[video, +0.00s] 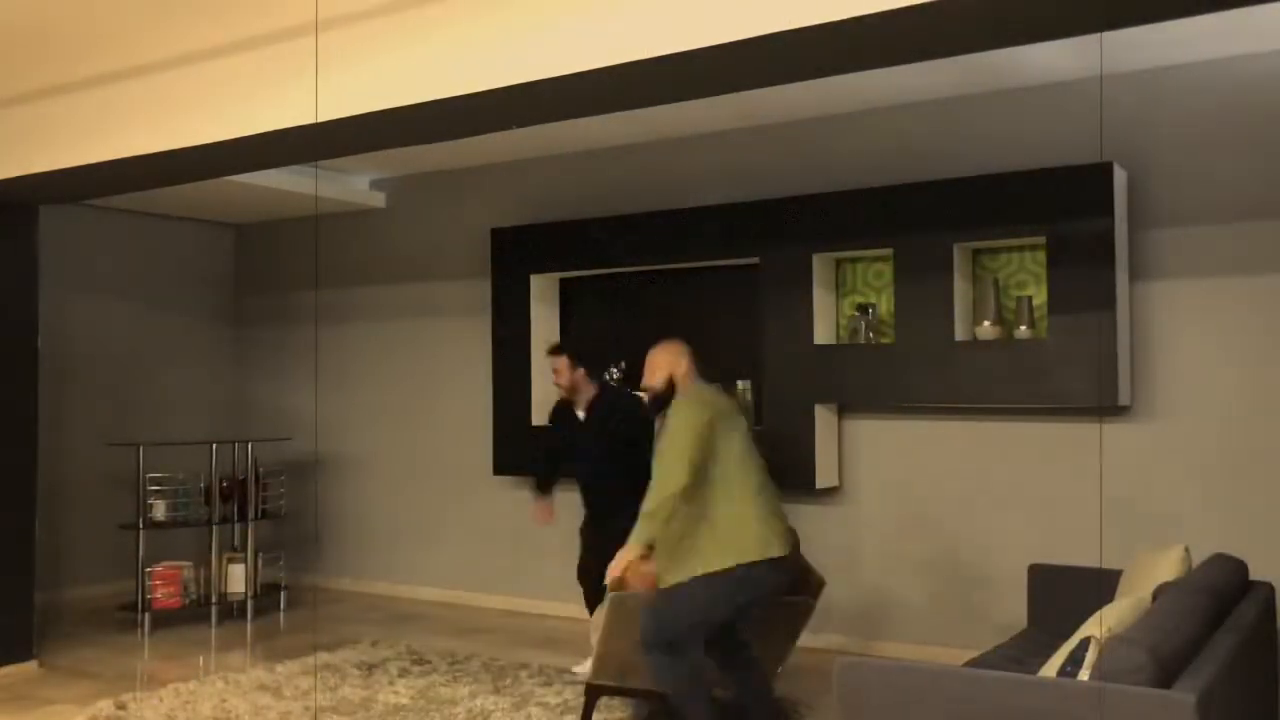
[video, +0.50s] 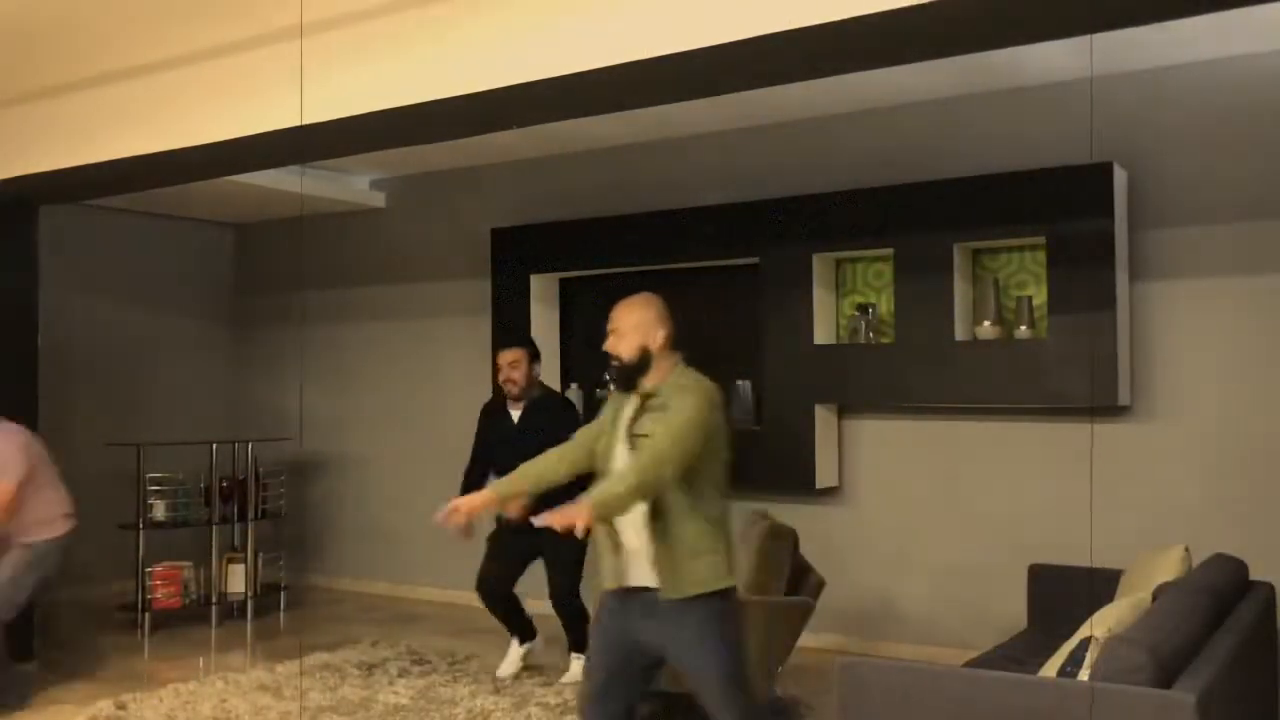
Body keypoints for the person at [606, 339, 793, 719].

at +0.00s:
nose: (645, 383)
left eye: (650, 372)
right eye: (645, 373)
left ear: (676, 366)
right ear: (684, 368)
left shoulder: (691, 404)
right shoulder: (714, 403)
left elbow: (672, 479)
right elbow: (703, 506)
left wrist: (635, 545)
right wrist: (659, 562)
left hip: (748, 558)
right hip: (772, 555)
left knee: (662, 627)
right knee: (718, 633)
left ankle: (697, 709)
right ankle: (763, 709)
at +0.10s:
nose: (662, 344)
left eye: (673, 333)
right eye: (659, 334)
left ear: (705, 335)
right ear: (656, 338)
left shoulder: (731, 381)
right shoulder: (667, 395)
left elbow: (728, 454)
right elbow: (653, 482)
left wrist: (682, 515)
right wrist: (607, 520)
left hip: (743, 550)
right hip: (703, 551)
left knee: (704, 665)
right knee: (712, 660)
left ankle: (766, 713)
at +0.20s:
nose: (665, 329)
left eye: (675, 320)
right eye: (665, 320)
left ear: (712, 321)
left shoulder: (756, 375)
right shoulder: (666, 374)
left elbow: (771, 452)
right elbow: (621, 436)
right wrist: (553, 475)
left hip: (739, 550)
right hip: (683, 549)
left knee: (722, 662)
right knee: (681, 667)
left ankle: (758, 717)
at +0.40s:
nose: (654, 341)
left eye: (665, 330)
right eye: (656, 330)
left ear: (703, 336)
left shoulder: (747, 396)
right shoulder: (656, 394)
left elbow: (739, 485)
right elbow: (603, 443)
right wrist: (523, 463)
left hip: (727, 585)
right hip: (656, 578)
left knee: (753, 703)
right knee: (626, 696)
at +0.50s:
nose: (607, 346)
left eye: (616, 333)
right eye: (608, 334)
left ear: (656, 336)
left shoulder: (695, 396)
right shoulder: (621, 404)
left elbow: (654, 468)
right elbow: (570, 455)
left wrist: (589, 505)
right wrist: (490, 495)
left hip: (692, 599)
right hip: (624, 599)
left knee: (732, 710)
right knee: (600, 709)